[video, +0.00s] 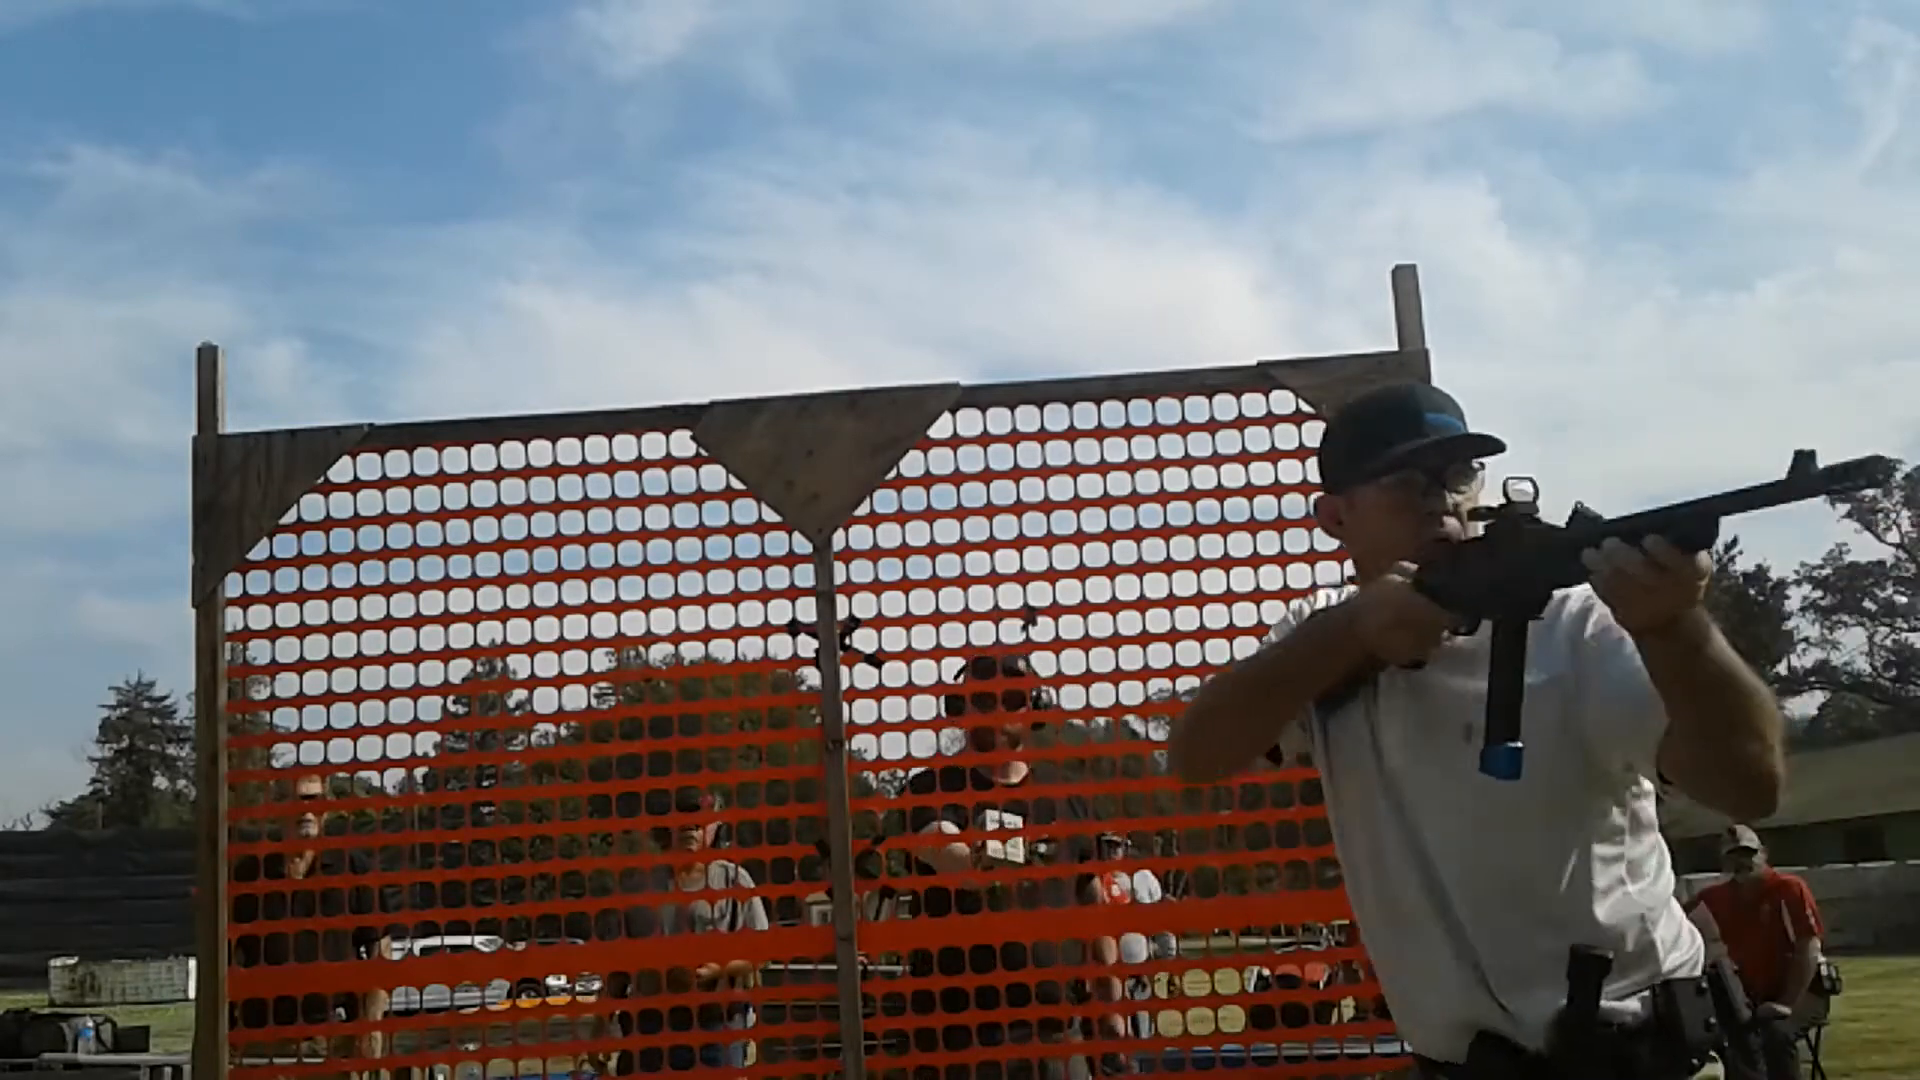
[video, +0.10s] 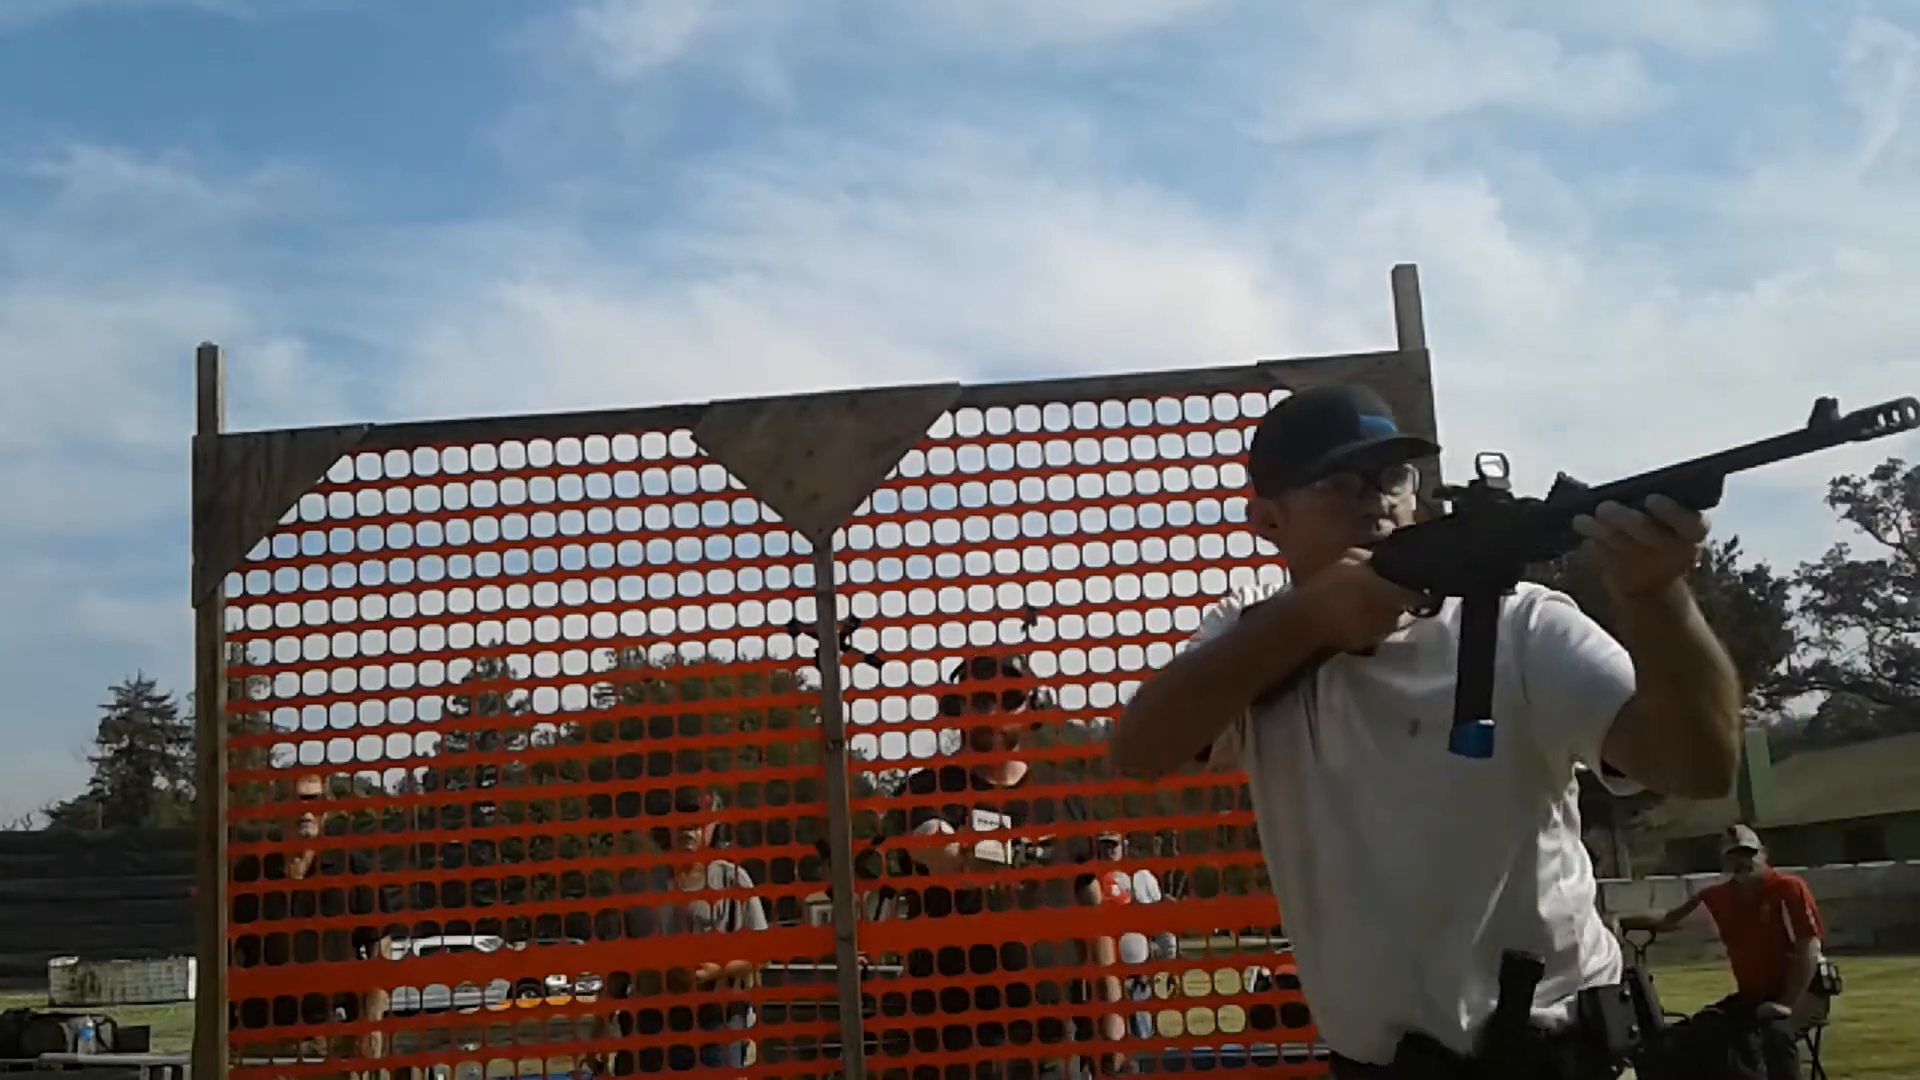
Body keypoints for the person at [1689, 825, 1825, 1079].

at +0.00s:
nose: (1742, 861)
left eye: (1748, 853)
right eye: (1733, 855)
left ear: (1762, 855)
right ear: (1724, 862)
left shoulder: (1789, 889)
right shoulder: (1711, 899)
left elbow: (1810, 948)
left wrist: (1786, 1003)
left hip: (1794, 997)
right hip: (1740, 1000)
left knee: (1776, 1032)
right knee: (1735, 1037)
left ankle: (1784, 1075)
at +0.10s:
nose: (1742, 862)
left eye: (1748, 855)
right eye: (1734, 857)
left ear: (1762, 856)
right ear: (1724, 862)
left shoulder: (1789, 889)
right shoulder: (1714, 896)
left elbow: (1809, 948)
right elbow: (1668, 922)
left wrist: (1787, 1003)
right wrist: (1619, 922)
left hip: (1801, 999)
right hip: (1751, 998)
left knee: (1774, 1033)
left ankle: (1785, 1075)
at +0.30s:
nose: (1742, 860)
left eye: (1748, 853)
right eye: (1734, 855)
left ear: (1762, 855)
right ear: (1725, 861)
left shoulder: (1790, 889)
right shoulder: (1715, 897)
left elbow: (1809, 949)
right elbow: (1669, 921)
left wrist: (1788, 1004)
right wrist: (1622, 922)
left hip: (1801, 1000)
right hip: (1751, 998)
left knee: (1774, 1034)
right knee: (1690, 1034)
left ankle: (1785, 1075)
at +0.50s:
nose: (1741, 860)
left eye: (1748, 853)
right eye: (1733, 855)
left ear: (1761, 855)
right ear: (1724, 861)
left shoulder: (1789, 889)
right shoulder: (1715, 897)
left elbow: (1809, 949)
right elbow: (1668, 922)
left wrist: (1788, 1004)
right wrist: (1621, 923)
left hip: (1801, 999)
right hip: (1752, 998)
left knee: (1775, 1033)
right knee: (1691, 1033)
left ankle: (1785, 1075)